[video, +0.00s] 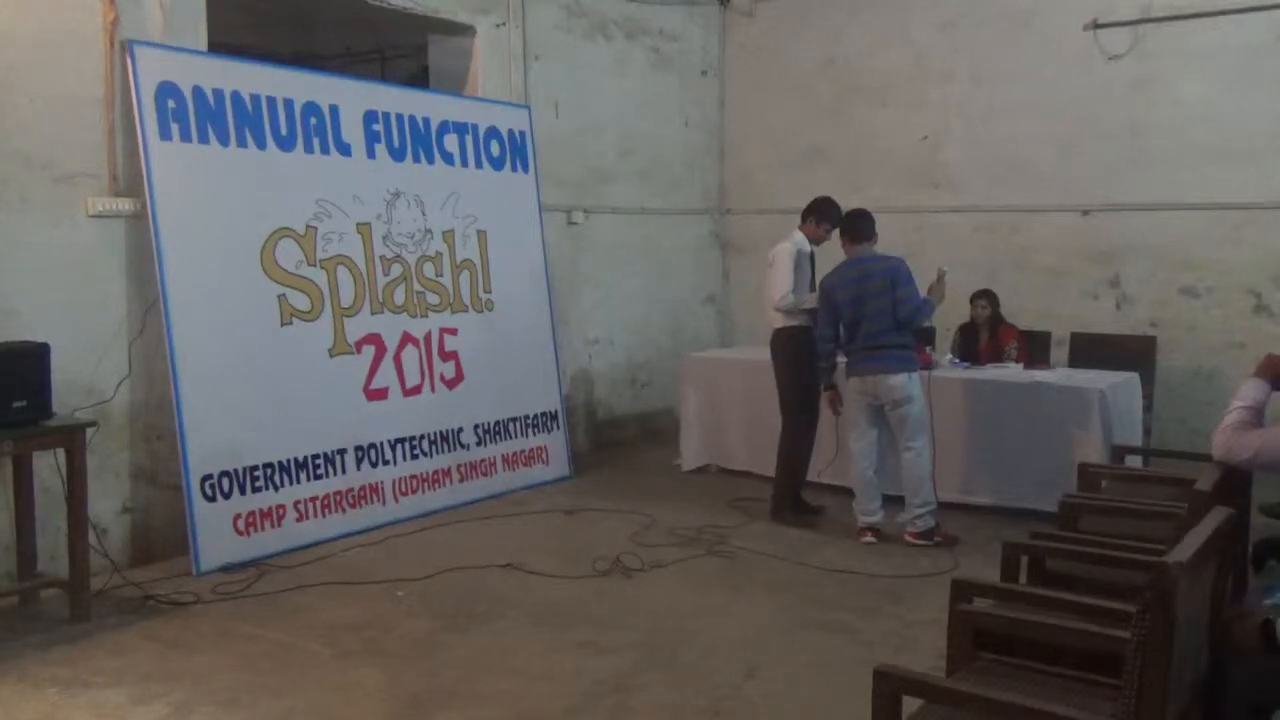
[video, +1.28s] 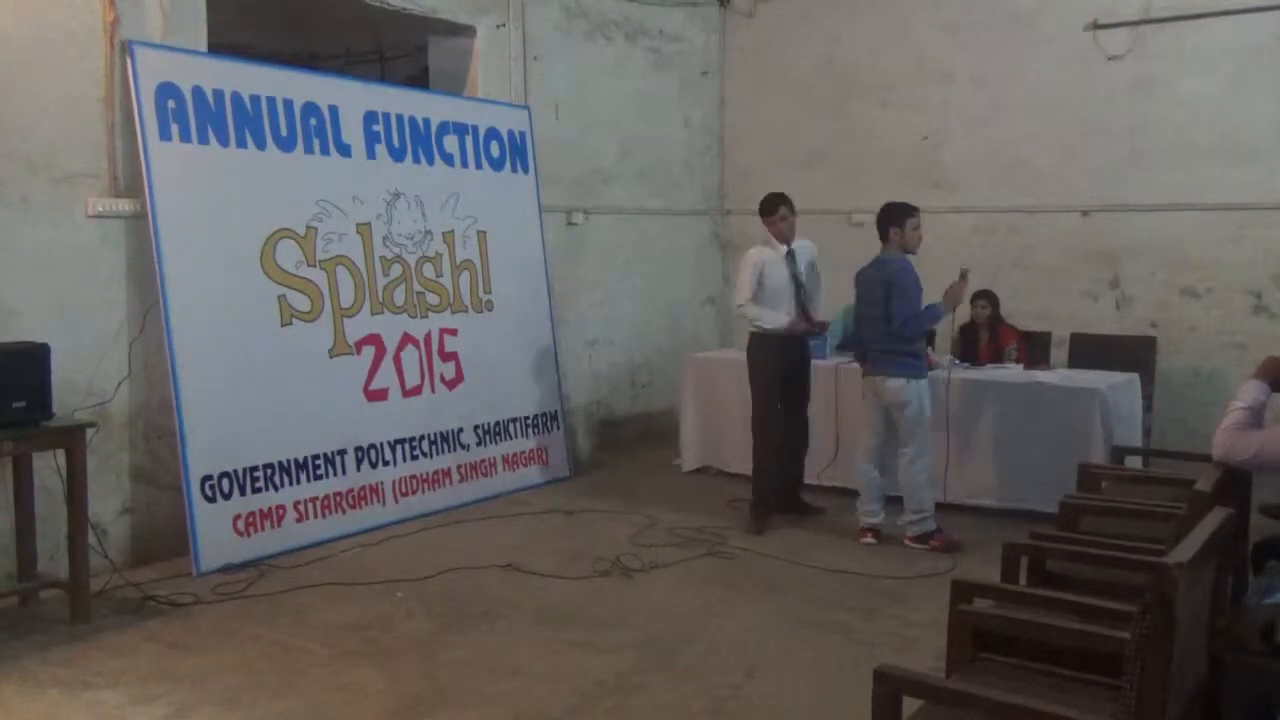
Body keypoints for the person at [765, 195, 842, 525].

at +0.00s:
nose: (827, 237)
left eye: (830, 231)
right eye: (826, 229)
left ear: (815, 223)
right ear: (811, 221)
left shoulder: (805, 252)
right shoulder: (787, 251)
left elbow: (800, 298)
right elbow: (781, 300)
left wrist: (824, 301)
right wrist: (820, 299)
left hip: (805, 337)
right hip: (790, 338)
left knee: (807, 420)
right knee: (796, 421)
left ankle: (794, 494)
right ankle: (783, 501)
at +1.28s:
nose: (784, 226)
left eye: (787, 219)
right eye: (776, 222)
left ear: (795, 217)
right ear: (766, 224)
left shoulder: (807, 251)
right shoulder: (757, 257)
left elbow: (814, 291)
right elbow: (742, 306)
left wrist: (813, 317)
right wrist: (786, 323)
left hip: (797, 345)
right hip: (766, 346)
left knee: (795, 423)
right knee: (768, 425)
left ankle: (791, 495)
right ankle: (762, 503)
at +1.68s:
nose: (726, 253)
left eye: (729, 245)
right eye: (718, 249)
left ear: (740, 233)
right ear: (708, 246)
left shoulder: (771, 257)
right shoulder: (703, 265)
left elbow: (793, 299)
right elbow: (695, 311)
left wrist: (778, 337)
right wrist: (717, 338)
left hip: (763, 349)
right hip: (727, 351)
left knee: (751, 425)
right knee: (734, 430)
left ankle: (758, 505)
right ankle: (752, 501)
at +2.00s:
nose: (674, 256)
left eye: (678, 248)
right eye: (668, 250)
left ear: (695, 241)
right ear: (665, 246)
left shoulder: (725, 271)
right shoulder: (668, 270)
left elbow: (745, 329)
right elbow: (665, 321)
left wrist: (762, 385)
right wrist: (657, 364)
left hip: (717, 363)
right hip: (683, 365)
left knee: (700, 457)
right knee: (687, 455)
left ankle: (699, 545)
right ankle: (735, 491)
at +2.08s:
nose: (664, 248)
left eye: (670, 240)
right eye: (659, 240)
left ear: (686, 232)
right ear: (654, 236)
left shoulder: (713, 264)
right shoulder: (654, 258)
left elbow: (734, 324)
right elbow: (649, 307)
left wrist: (739, 381)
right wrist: (645, 349)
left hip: (707, 358)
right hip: (670, 360)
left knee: (699, 453)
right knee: (661, 446)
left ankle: (699, 545)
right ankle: (709, 487)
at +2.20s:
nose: (649, 233)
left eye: (655, 225)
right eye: (643, 225)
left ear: (670, 221)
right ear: (636, 224)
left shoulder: (695, 259)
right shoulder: (635, 254)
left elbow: (709, 327)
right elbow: (628, 295)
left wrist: (691, 373)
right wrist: (613, 331)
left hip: (690, 356)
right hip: (652, 357)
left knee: (692, 449)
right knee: (628, 439)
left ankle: (699, 539)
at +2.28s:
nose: (644, 229)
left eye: (651, 221)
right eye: (636, 222)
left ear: (663, 219)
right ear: (626, 221)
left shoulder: (682, 258)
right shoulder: (619, 254)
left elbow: (685, 323)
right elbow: (609, 301)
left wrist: (658, 367)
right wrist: (586, 335)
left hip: (676, 359)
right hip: (637, 358)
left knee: (682, 451)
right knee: (609, 446)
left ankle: (698, 547)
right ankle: (614, 547)